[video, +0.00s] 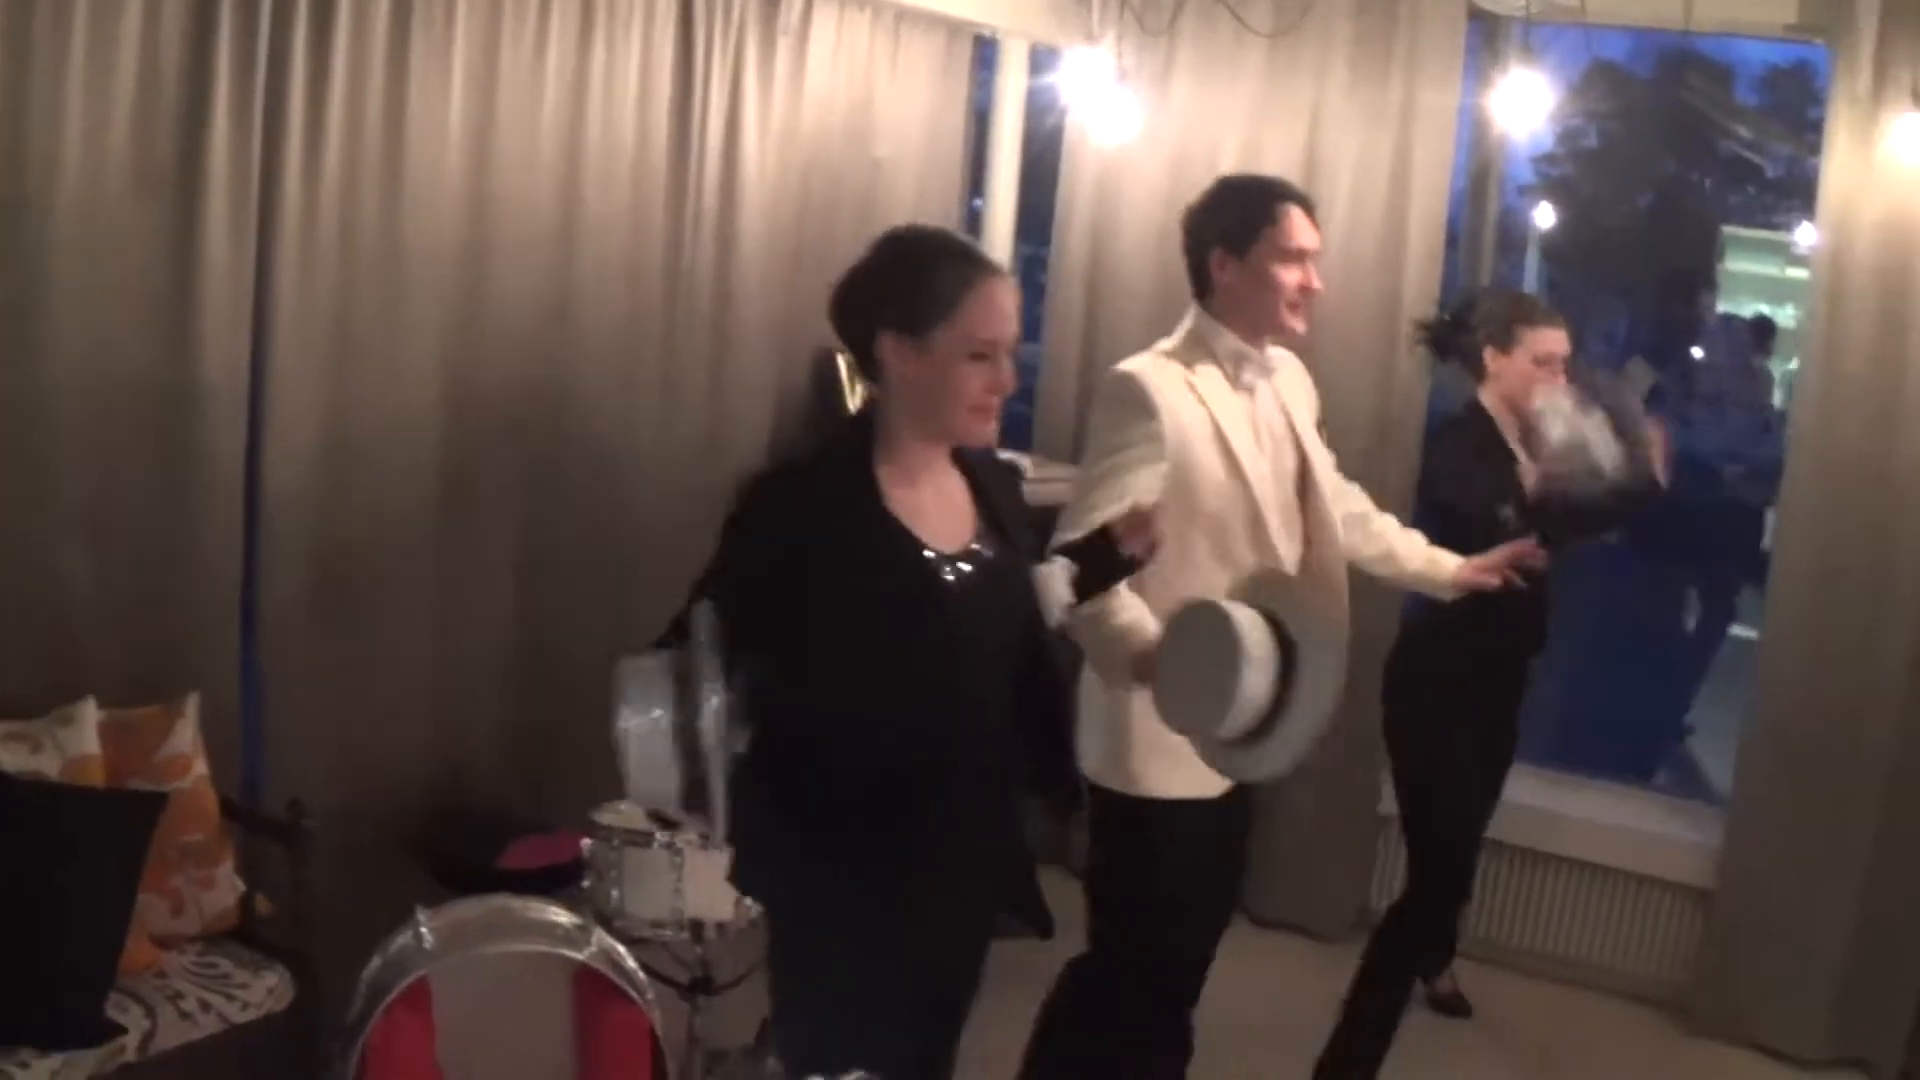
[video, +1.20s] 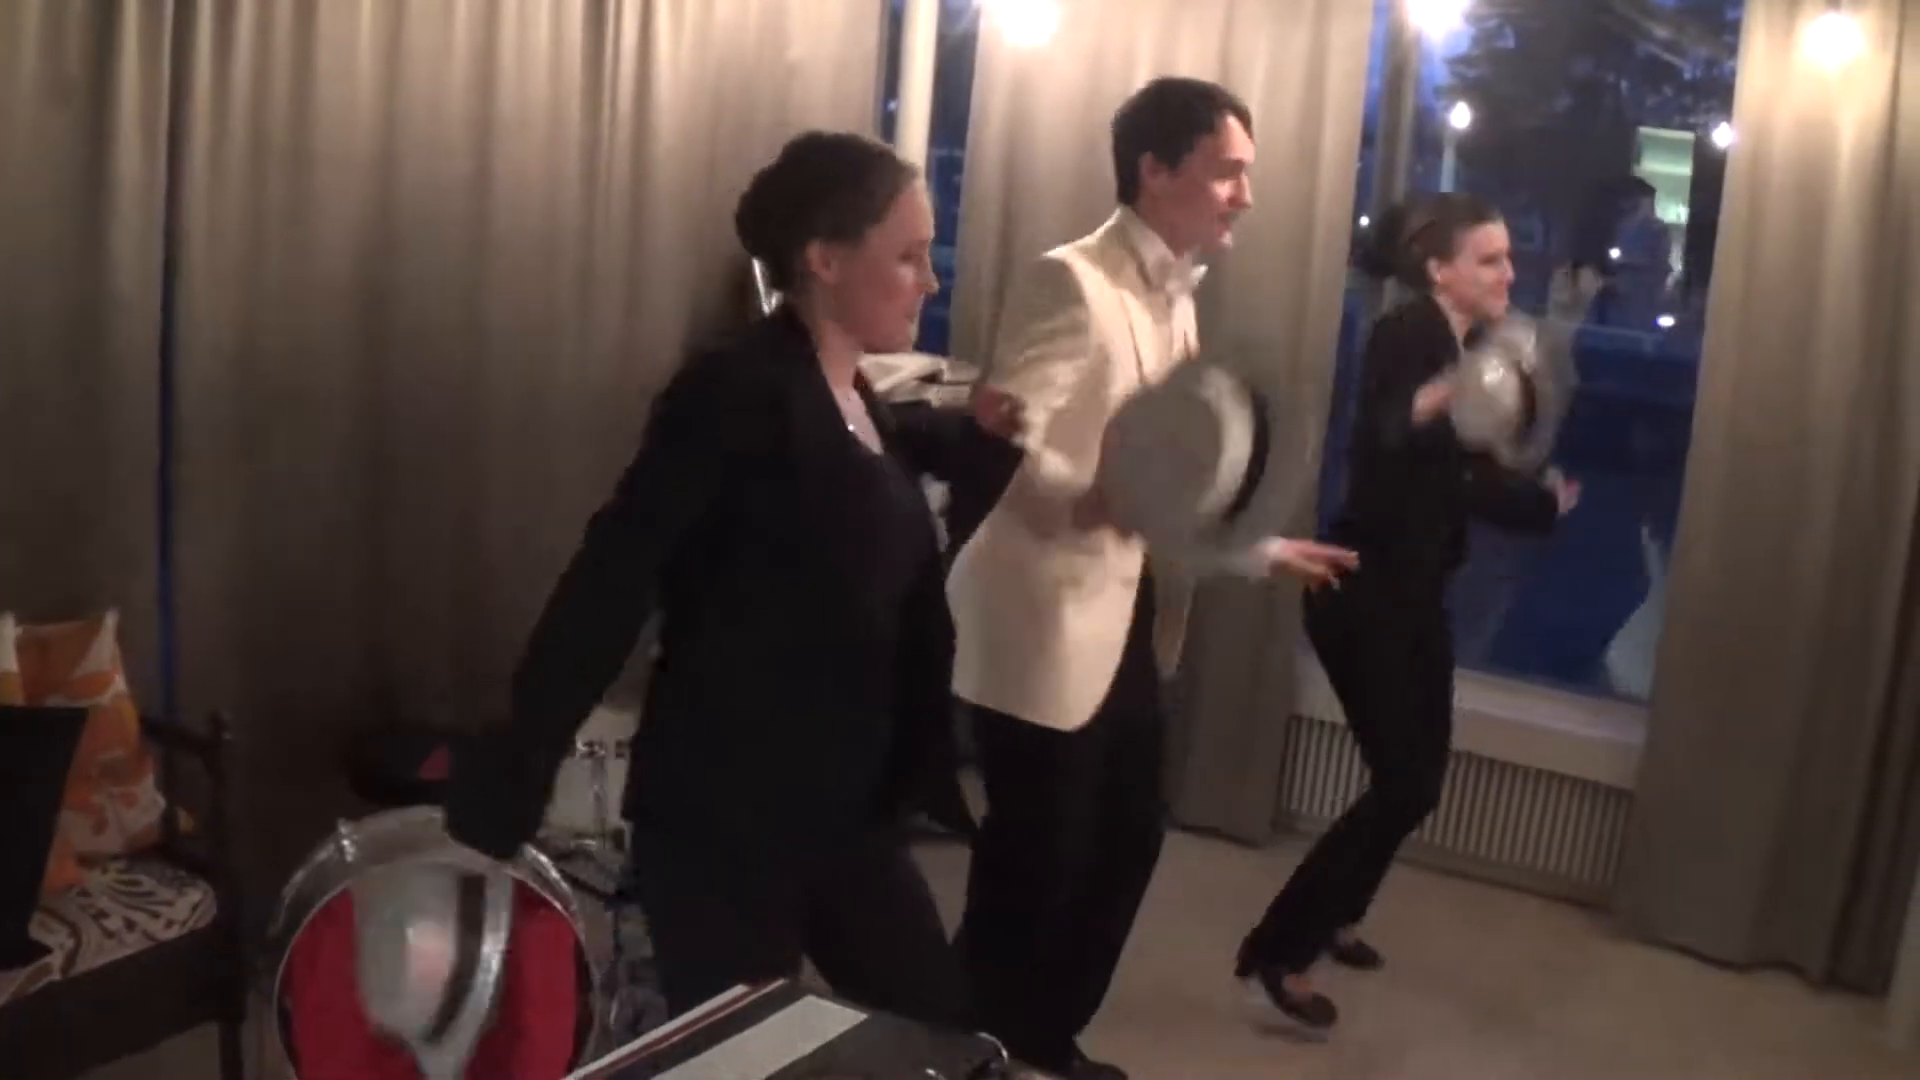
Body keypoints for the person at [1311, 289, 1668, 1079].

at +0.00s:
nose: (1559, 381)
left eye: (1563, 366)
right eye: (1545, 363)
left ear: (1549, 370)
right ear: (1493, 359)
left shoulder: (1530, 446)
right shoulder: (1460, 441)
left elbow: (1565, 514)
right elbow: (1506, 529)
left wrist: (1635, 476)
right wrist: (1641, 483)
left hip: (1496, 669)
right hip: (1437, 668)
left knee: (1458, 836)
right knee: (1434, 878)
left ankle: (1434, 960)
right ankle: (1347, 1060)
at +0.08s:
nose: (1524, 382)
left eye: (1527, 368)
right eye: (1511, 367)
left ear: (1519, 370)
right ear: (1470, 362)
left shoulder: (1498, 434)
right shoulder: (1431, 429)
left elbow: (1544, 490)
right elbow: (1508, 515)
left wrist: (1619, 432)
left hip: (1470, 658)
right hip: (1409, 657)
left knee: (1450, 825)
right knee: (1415, 853)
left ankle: (1422, 943)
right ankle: (1320, 1050)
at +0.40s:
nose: (1497, 331)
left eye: (1499, 314)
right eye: (1486, 313)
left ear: (1452, 315)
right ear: (1439, 311)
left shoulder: (1440, 391)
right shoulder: (1394, 383)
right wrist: (1422, 366)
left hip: (1394, 631)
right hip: (1350, 629)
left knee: (1478, 807)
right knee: (1359, 828)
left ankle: (1413, 1022)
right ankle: (1257, 1021)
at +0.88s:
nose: (1503, 306)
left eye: (1503, 290)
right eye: (1493, 289)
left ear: (1454, 286)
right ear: (1447, 280)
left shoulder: (1428, 359)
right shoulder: (1402, 350)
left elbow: (1407, 511)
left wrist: (1458, 583)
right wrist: (1412, 302)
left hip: (1397, 608)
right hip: (1353, 611)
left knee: (1479, 771)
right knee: (1362, 810)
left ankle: (1373, 934)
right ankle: (1258, 997)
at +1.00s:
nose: (1514, 282)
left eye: (1515, 268)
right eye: (1500, 267)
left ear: (1484, 280)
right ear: (1454, 273)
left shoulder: (1458, 365)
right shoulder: (1418, 329)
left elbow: (1428, 511)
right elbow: (1364, 324)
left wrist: (1494, 573)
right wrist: (1421, 248)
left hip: (1404, 586)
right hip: (1355, 583)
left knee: (1455, 759)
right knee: (1347, 795)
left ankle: (1348, 884)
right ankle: (1258, 991)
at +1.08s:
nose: (1506, 318)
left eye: (1513, 303)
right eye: (1504, 299)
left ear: (1465, 277)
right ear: (1466, 278)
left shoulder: (1445, 353)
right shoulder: (1412, 337)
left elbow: (1429, 514)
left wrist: (1506, 564)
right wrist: (1426, 300)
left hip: (1406, 588)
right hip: (1362, 586)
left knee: (1416, 767)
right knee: (1363, 787)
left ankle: (1336, 911)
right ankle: (1257, 990)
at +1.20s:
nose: (1507, 275)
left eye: (1507, 260)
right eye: (1490, 261)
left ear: (1475, 273)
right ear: (1439, 269)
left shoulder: (1469, 349)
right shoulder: (1409, 337)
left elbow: (1467, 474)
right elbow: (1385, 446)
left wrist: (1542, 496)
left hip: (1411, 589)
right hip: (1368, 590)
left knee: (1413, 777)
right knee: (1405, 783)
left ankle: (1327, 919)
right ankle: (1277, 950)